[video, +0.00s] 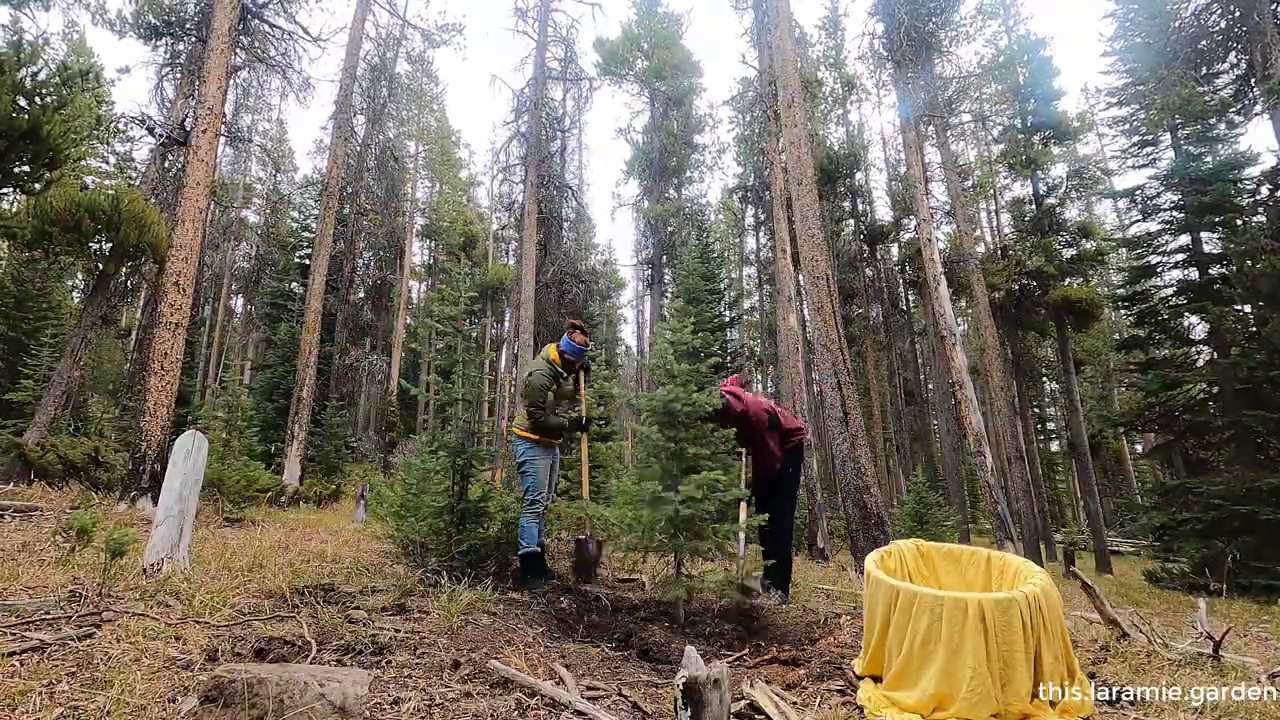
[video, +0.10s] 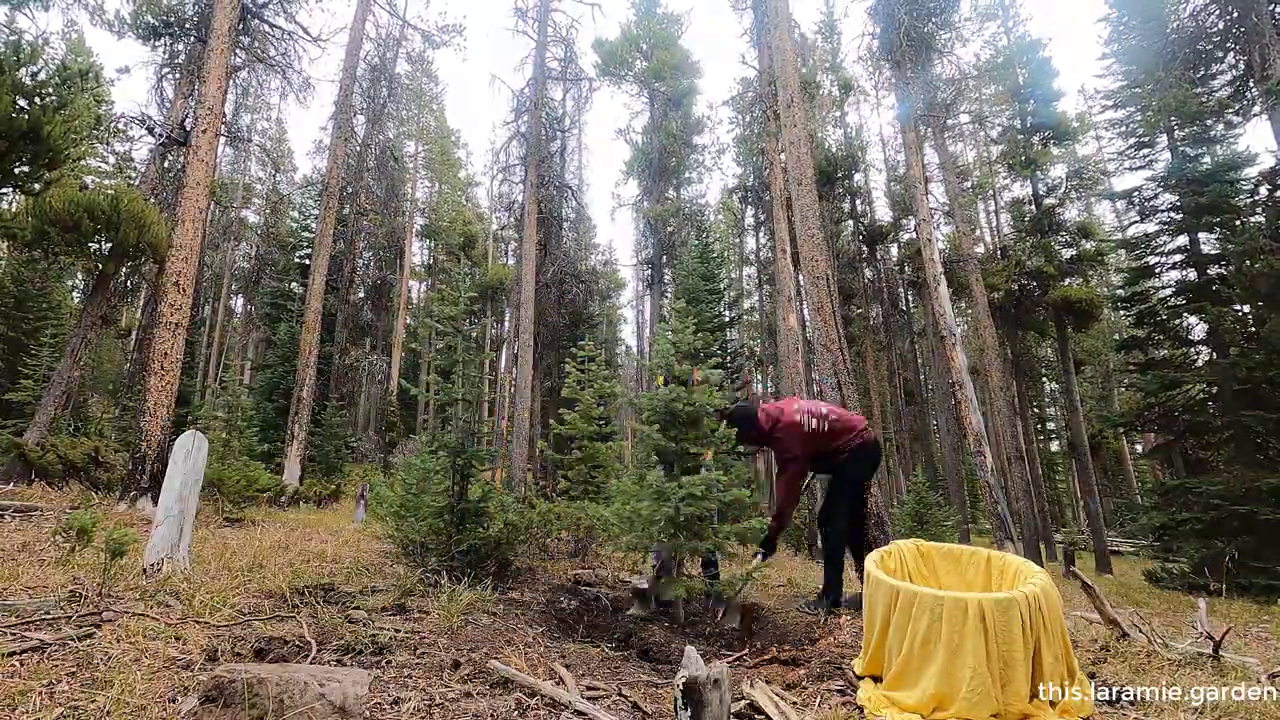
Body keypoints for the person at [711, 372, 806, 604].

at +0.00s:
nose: (720, 422)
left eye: (719, 417)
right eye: (716, 418)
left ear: (724, 407)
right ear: (723, 404)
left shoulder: (754, 411)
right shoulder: (737, 409)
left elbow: (773, 460)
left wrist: (754, 490)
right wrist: (743, 444)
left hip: (789, 445)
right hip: (767, 450)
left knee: (780, 517)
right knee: (766, 514)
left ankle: (780, 588)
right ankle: (771, 581)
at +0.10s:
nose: (748, 445)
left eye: (746, 439)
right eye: (743, 441)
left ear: (752, 430)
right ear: (755, 419)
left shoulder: (787, 432)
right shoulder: (776, 412)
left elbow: (788, 497)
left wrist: (771, 538)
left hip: (855, 453)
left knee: (829, 522)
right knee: (854, 526)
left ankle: (830, 597)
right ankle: (874, 590)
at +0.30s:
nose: (724, 438)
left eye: (723, 434)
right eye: (724, 434)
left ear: (725, 428)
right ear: (738, 415)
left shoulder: (733, 435)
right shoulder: (758, 418)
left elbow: (747, 483)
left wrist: (759, 508)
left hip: (795, 449)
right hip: (820, 442)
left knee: (767, 515)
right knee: (803, 516)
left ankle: (810, 566)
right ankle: (807, 587)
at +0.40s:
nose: (789, 528)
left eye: (795, 522)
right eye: (786, 521)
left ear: (811, 506)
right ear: (778, 506)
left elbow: (869, 456)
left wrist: (891, 495)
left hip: (841, 486)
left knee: (838, 536)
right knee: (791, 545)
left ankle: (846, 599)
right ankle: (806, 599)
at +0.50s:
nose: (798, 422)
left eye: (796, 417)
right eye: (794, 419)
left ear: (800, 407)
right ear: (802, 396)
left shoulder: (832, 404)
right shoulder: (829, 400)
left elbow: (830, 465)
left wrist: (817, 508)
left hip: (908, 440)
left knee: (879, 512)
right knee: (907, 514)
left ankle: (880, 583)